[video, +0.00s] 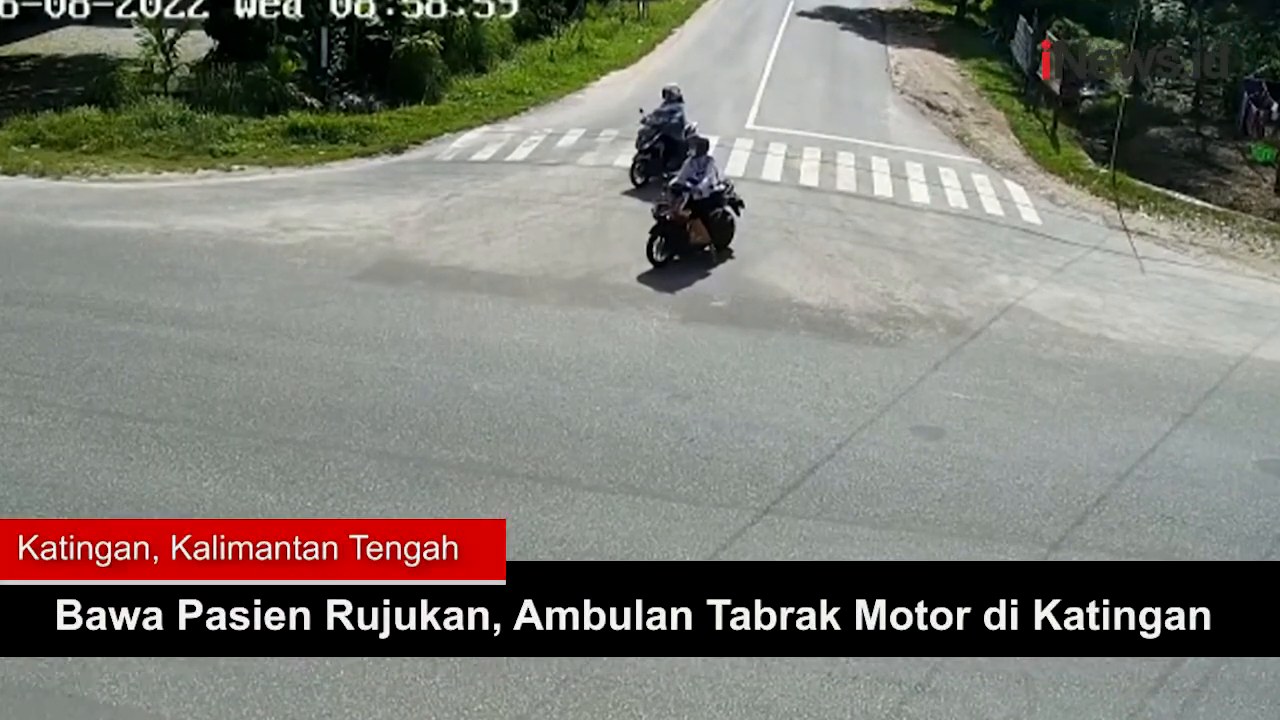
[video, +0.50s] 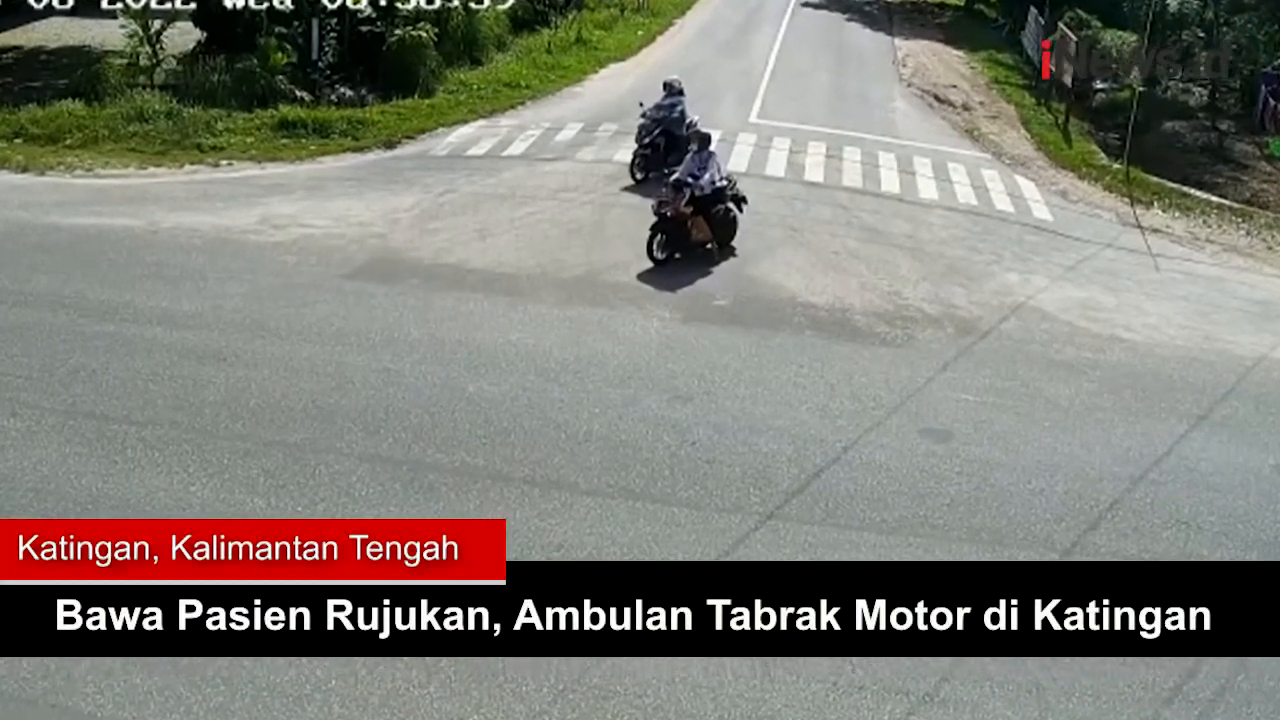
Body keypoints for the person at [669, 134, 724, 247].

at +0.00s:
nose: (692, 149)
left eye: (695, 147)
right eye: (693, 146)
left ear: (702, 148)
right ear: (695, 148)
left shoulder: (709, 162)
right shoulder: (690, 161)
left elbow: (708, 178)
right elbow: (682, 175)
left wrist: (699, 189)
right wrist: (674, 183)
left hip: (709, 192)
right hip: (693, 192)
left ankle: (715, 241)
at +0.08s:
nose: (693, 148)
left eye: (696, 145)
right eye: (693, 145)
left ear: (703, 147)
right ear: (694, 147)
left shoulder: (709, 161)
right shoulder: (690, 160)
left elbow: (709, 178)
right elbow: (682, 174)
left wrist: (699, 188)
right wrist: (674, 183)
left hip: (710, 191)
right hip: (694, 191)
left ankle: (714, 240)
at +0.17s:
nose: (695, 148)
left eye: (698, 145)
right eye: (695, 145)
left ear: (704, 147)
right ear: (695, 146)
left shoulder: (710, 160)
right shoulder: (690, 160)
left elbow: (709, 177)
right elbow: (682, 174)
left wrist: (699, 188)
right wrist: (674, 183)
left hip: (712, 191)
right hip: (695, 191)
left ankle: (716, 240)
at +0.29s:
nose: (696, 146)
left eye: (699, 143)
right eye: (695, 143)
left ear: (705, 145)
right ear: (696, 145)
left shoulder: (710, 159)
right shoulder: (691, 158)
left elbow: (710, 176)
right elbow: (683, 173)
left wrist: (699, 186)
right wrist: (674, 182)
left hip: (713, 192)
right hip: (696, 192)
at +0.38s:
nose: (695, 145)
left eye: (698, 142)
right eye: (695, 142)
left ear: (705, 144)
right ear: (696, 144)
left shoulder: (711, 158)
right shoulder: (691, 158)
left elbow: (710, 175)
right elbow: (683, 172)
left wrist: (700, 185)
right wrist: (674, 181)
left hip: (714, 190)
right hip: (696, 191)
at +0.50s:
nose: (697, 144)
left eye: (701, 141)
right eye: (696, 141)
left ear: (706, 143)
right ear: (695, 142)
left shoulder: (711, 157)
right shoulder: (691, 156)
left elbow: (711, 174)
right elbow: (683, 171)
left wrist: (700, 184)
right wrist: (673, 180)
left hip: (713, 191)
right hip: (696, 192)